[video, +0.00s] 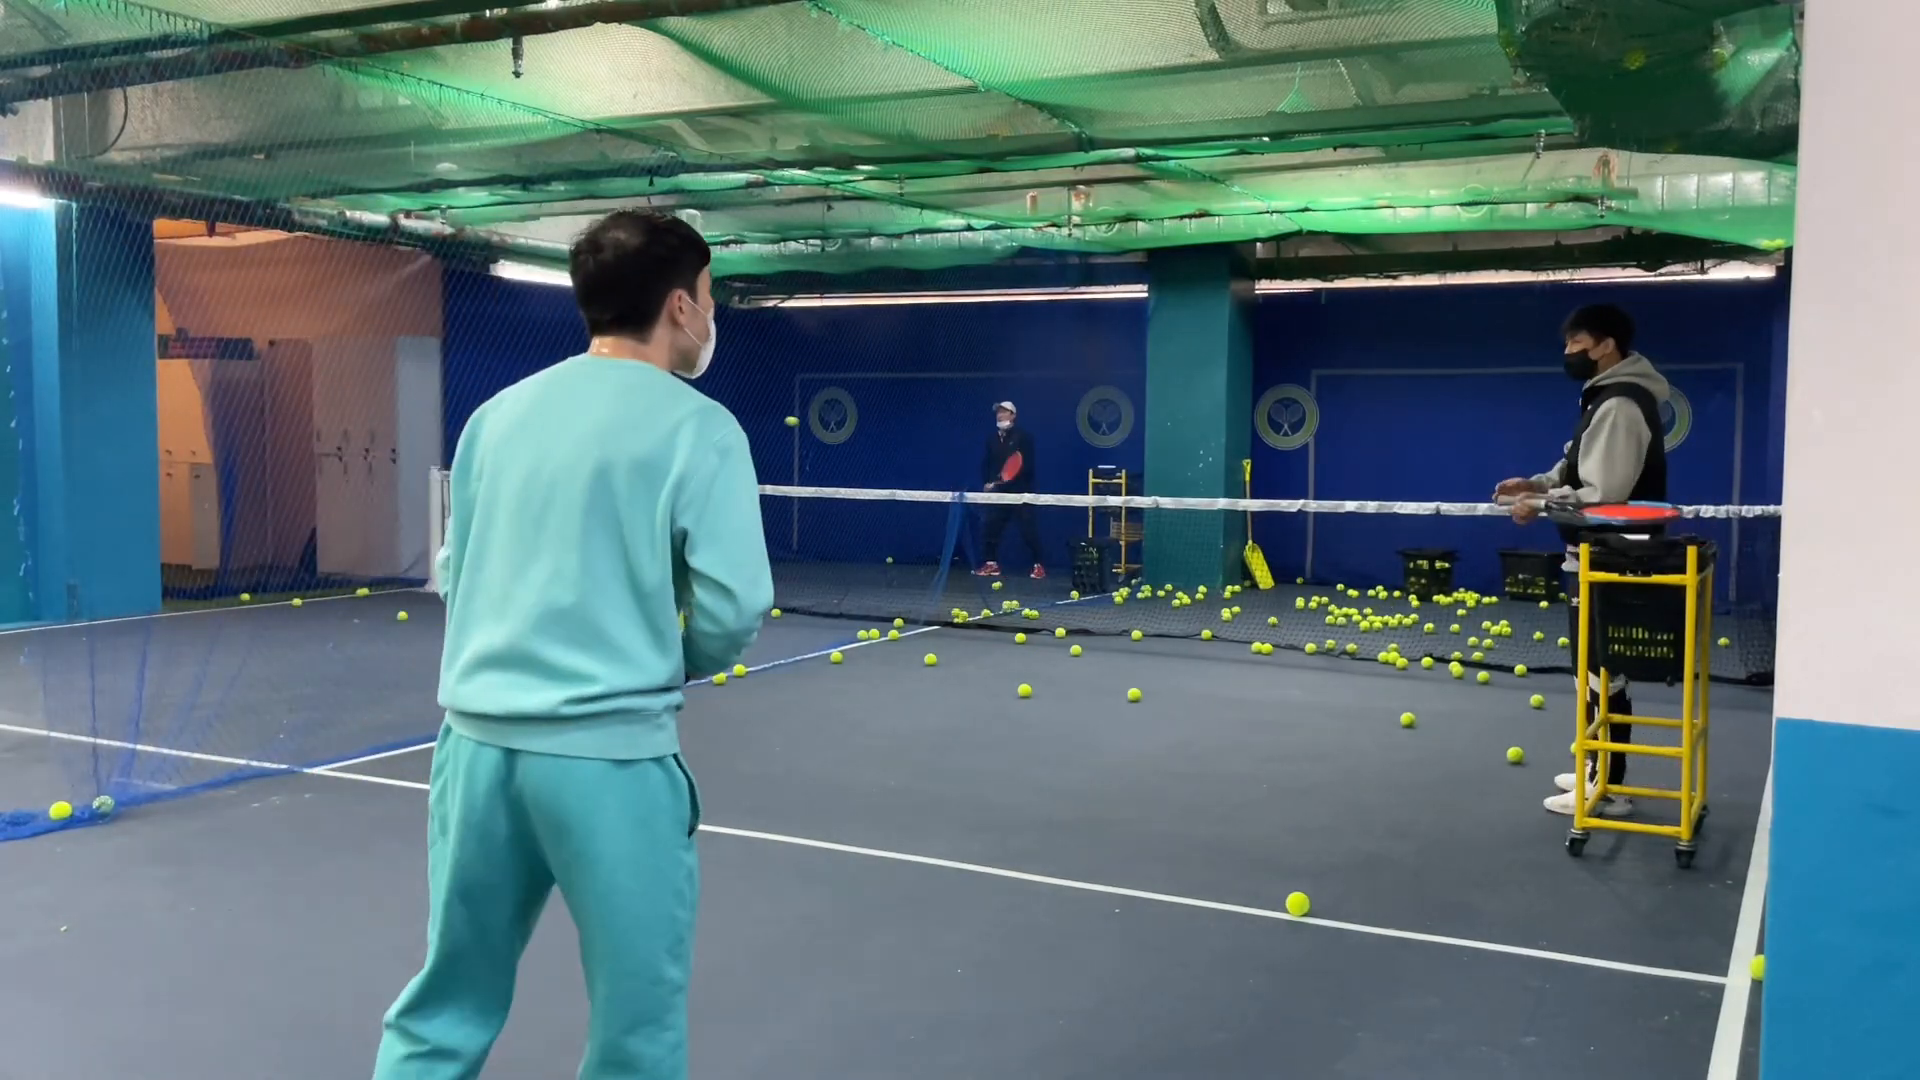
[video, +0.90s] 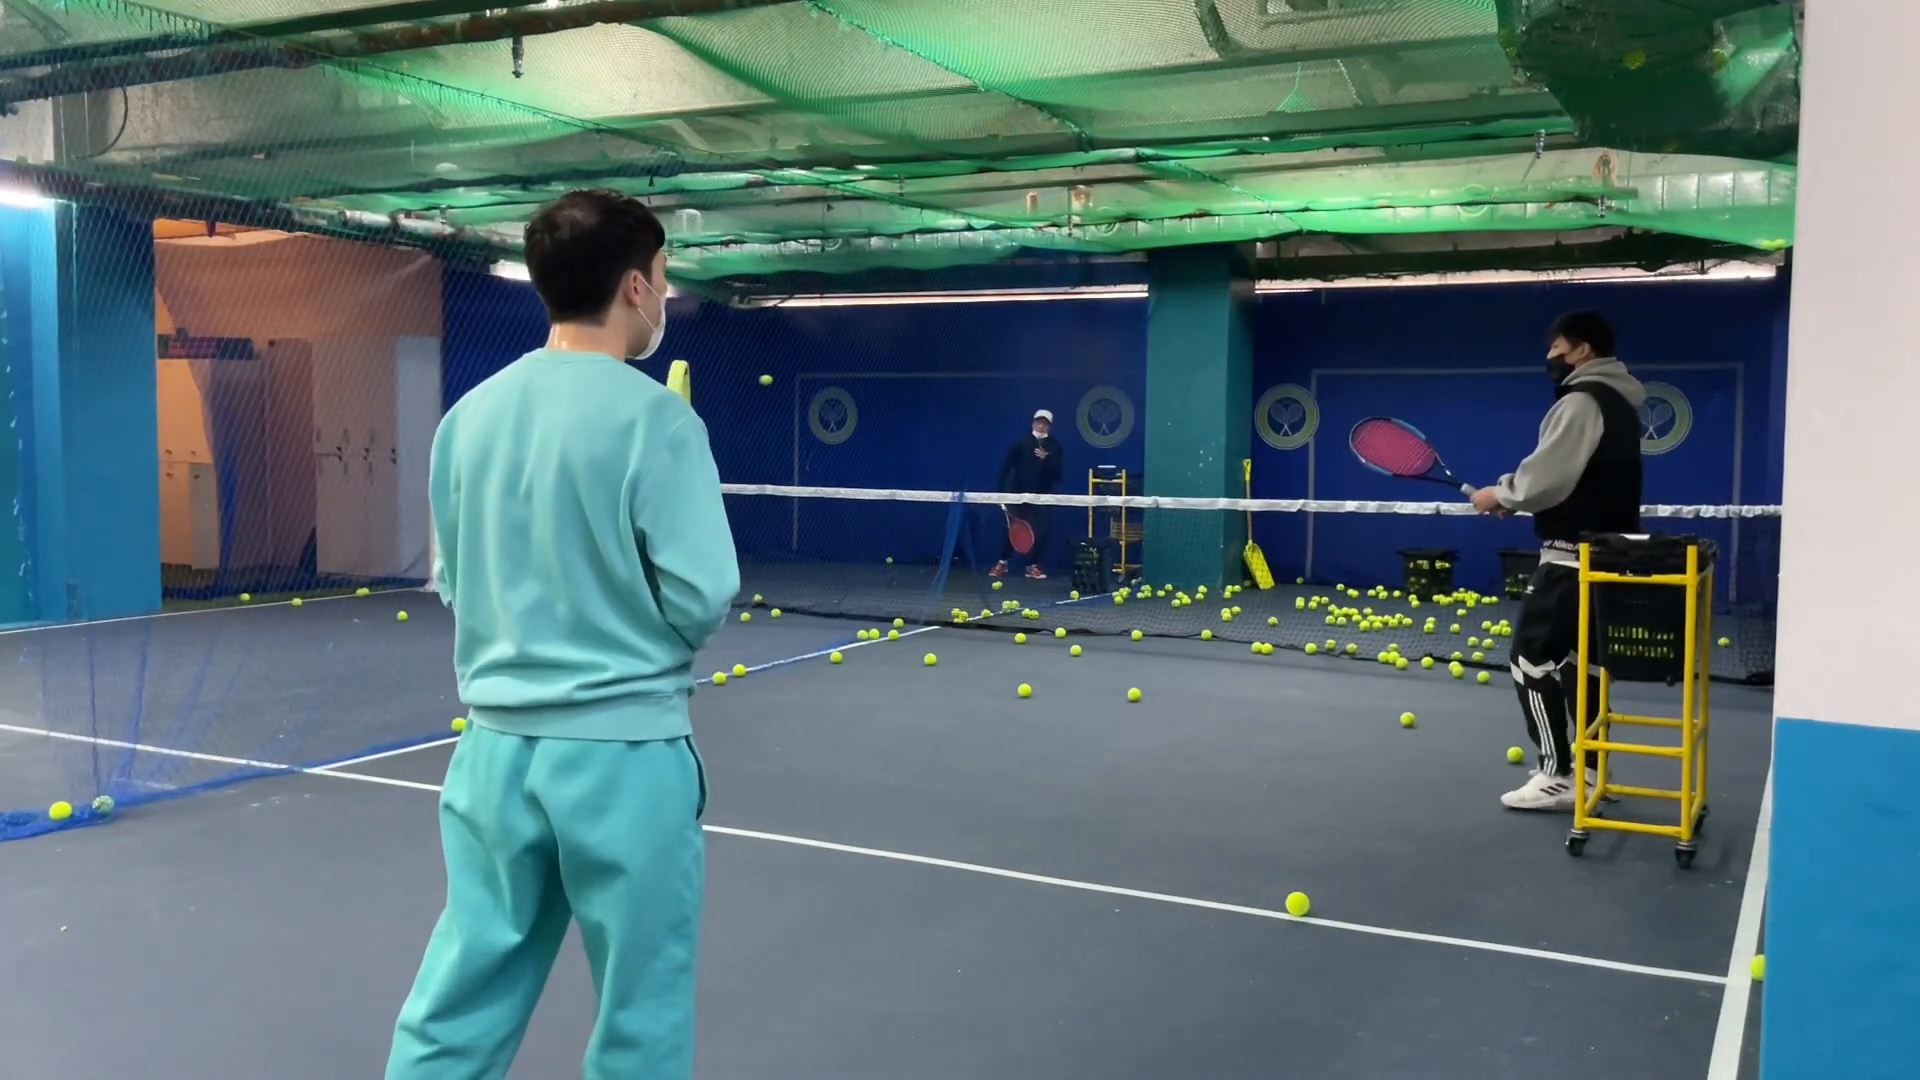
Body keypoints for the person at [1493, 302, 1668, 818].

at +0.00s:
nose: (1569, 350)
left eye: (1578, 341)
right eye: (1568, 342)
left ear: (1608, 344)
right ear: (1601, 348)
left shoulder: (1619, 405)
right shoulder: (1603, 399)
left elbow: (1604, 492)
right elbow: (1576, 469)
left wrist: (1543, 504)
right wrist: (1535, 484)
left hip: (1612, 557)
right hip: (1596, 553)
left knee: (1602, 669)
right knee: (1594, 665)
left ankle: (1606, 785)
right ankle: (1598, 768)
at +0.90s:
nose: (1550, 356)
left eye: (1557, 347)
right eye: (1551, 348)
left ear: (1584, 348)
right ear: (1592, 351)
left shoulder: (1582, 402)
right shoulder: (1617, 398)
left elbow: (1548, 474)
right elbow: (1576, 477)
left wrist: (1499, 493)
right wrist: (1513, 494)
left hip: (1573, 556)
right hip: (1609, 553)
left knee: (1531, 662)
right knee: (1579, 661)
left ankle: (1557, 776)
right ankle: (1589, 769)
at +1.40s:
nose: (1503, 361)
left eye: (1507, 352)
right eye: (1503, 353)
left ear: (1530, 352)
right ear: (1538, 353)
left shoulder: (1553, 407)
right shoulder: (1544, 404)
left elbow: (1512, 471)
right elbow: (1509, 484)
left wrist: (1443, 473)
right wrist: (1449, 491)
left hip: (1536, 561)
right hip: (1547, 561)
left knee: (1501, 675)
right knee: (1548, 667)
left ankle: (1500, 785)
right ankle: (1586, 767)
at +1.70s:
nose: (1466, 365)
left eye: (1469, 356)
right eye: (1466, 358)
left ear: (1489, 355)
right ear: (1494, 356)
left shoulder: (1533, 403)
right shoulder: (1494, 408)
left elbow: (1497, 465)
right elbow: (1469, 479)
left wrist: (1431, 459)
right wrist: (1421, 476)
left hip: (1526, 559)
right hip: (1500, 557)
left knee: (1494, 670)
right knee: (1486, 663)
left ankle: (1501, 785)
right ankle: (1532, 757)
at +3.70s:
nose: (1430, 374)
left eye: (1436, 364)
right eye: (1425, 367)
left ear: (1466, 356)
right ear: (1437, 369)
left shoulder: (1498, 400)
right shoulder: (1454, 407)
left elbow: (1492, 478)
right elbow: (1431, 472)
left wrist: (1456, 532)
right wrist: (1431, 525)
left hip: (1506, 557)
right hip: (1476, 557)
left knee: (1485, 673)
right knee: (1470, 667)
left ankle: (1501, 786)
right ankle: (1482, 760)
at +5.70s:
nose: (1436, 357)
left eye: (1445, 347)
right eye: (1432, 350)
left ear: (1476, 350)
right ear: (1438, 358)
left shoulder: (1489, 401)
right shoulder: (1461, 402)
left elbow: (1475, 476)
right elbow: (1433, 472)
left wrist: (1432, 532)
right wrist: (1419, 526)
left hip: (1492, 560)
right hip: (1469, 559)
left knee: (1480, 674)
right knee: (1465, 669)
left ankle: (1501, 786)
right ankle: (1480, 761)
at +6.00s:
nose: (1423, 364)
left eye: (1430, 354)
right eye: (1422, 355)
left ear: (1460, 356)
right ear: (1459, 359)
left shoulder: (1473, 408)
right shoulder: (1466, 404)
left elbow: (1450, 482)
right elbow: (1440, 474)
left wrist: (1404, 526)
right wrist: (1403, 521)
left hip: (1477, 565)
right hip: (1467, 563)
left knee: (1451, 668)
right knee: (1452, 664)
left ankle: (1494, 780)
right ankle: (1482, 759)